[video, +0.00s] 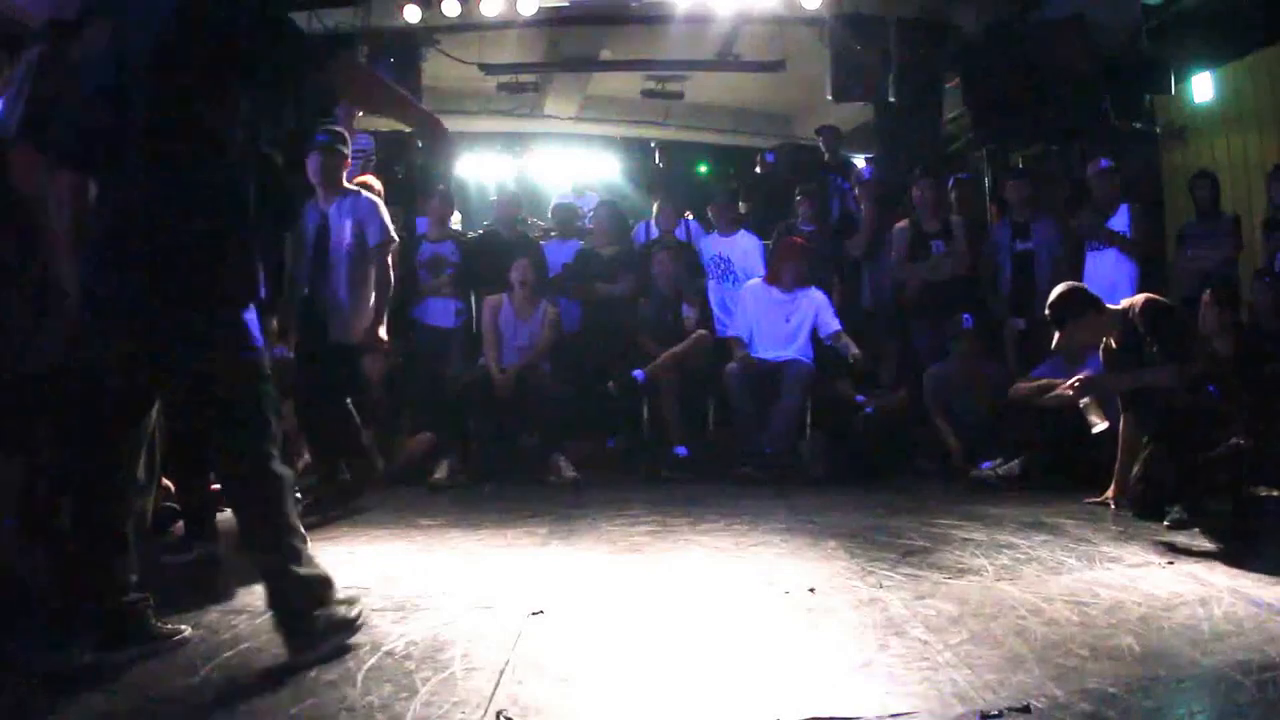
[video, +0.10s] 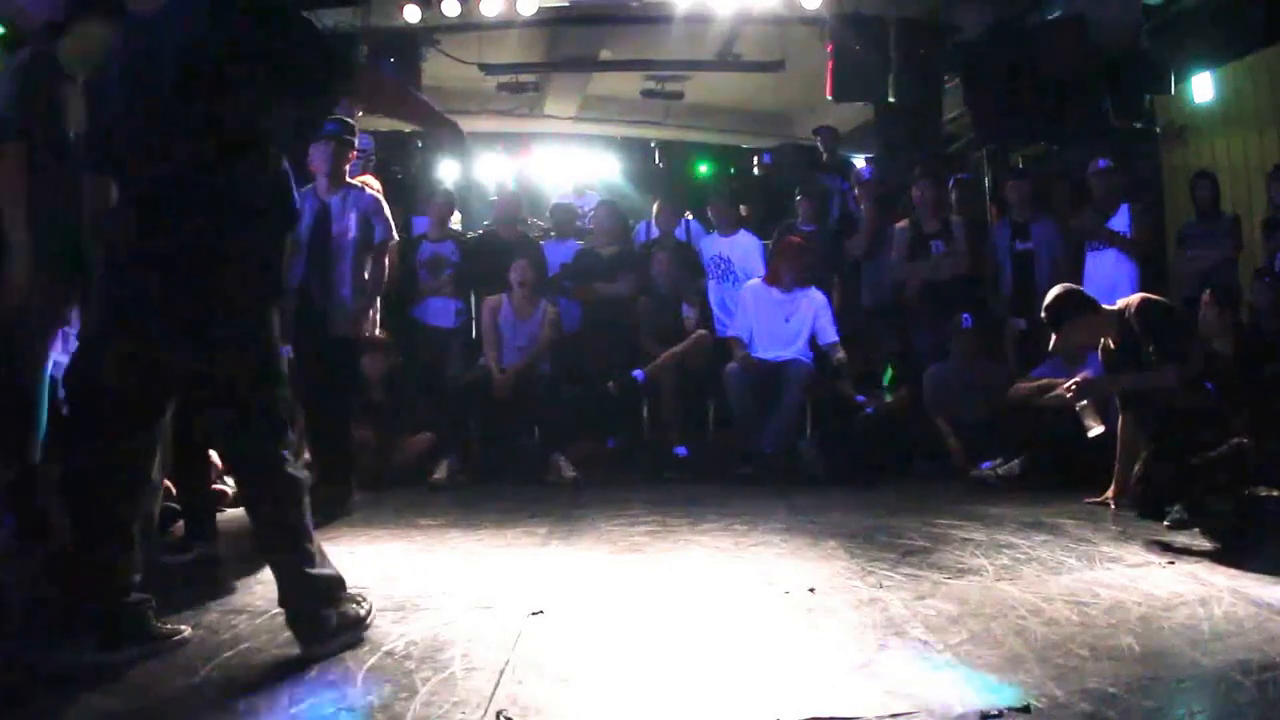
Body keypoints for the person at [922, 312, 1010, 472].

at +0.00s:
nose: (966, 347)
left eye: (971, 340)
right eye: (960, 341)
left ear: (978, 342)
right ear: (951, 343)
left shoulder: (992, 371)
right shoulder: (937, 376)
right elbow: (936, 414)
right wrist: (954, 445)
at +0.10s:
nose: (966, 345)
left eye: (970, 339)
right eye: (960, 340)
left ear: (978, 340)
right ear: (952, 341)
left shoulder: (993, 373)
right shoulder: (936, 375)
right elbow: (936, 414)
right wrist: (953, 443)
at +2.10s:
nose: (964, 345)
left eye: (968, 339)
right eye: (959, 339)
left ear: (976, 341)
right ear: (952, 341)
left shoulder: (985, 372)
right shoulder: (935, 373)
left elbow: (984, 415)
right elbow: (935, 413)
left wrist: (971, 453)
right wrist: (952, 446)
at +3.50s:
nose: (966, 349)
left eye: (971, 343)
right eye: (961, 343)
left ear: (979, 345)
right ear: (954, 344)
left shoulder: (990, 374)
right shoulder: (936, 374)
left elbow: (987, 415)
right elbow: (936, 415)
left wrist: (973, 452)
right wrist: (954, 450)